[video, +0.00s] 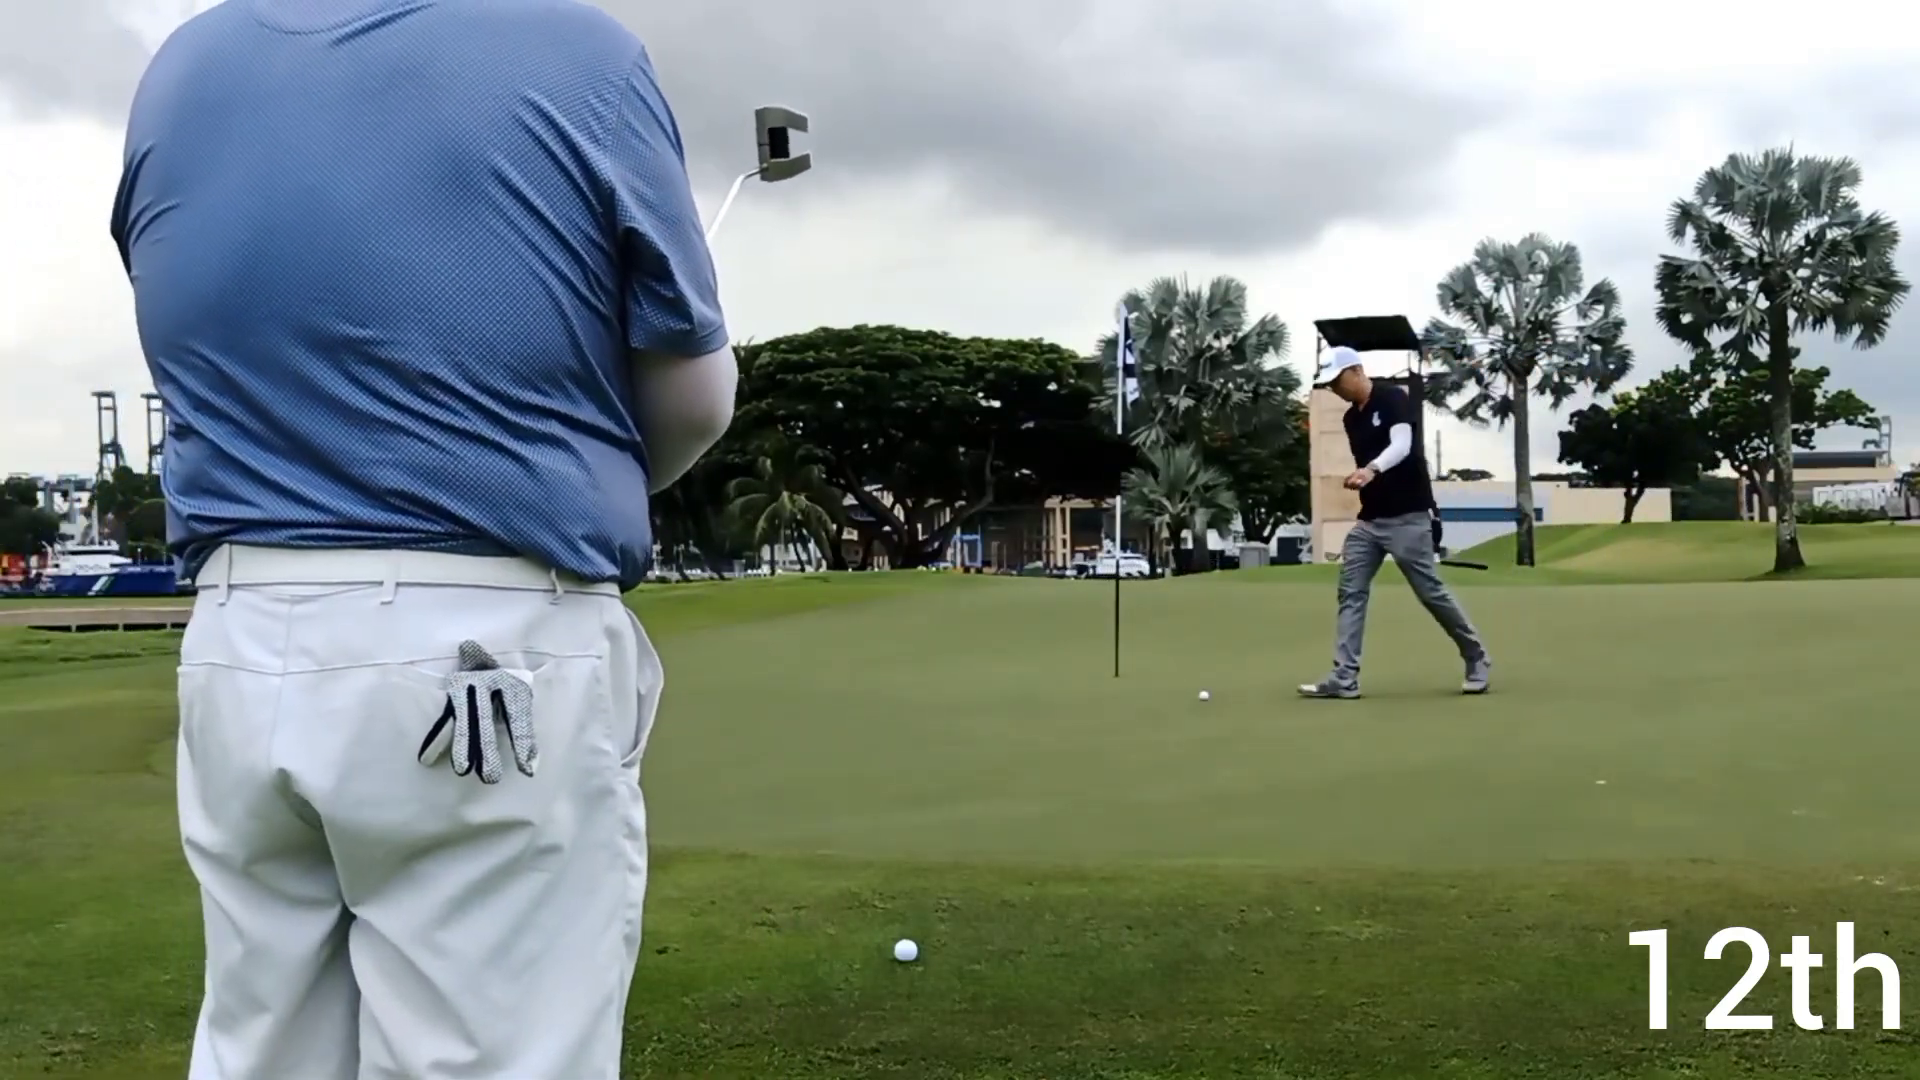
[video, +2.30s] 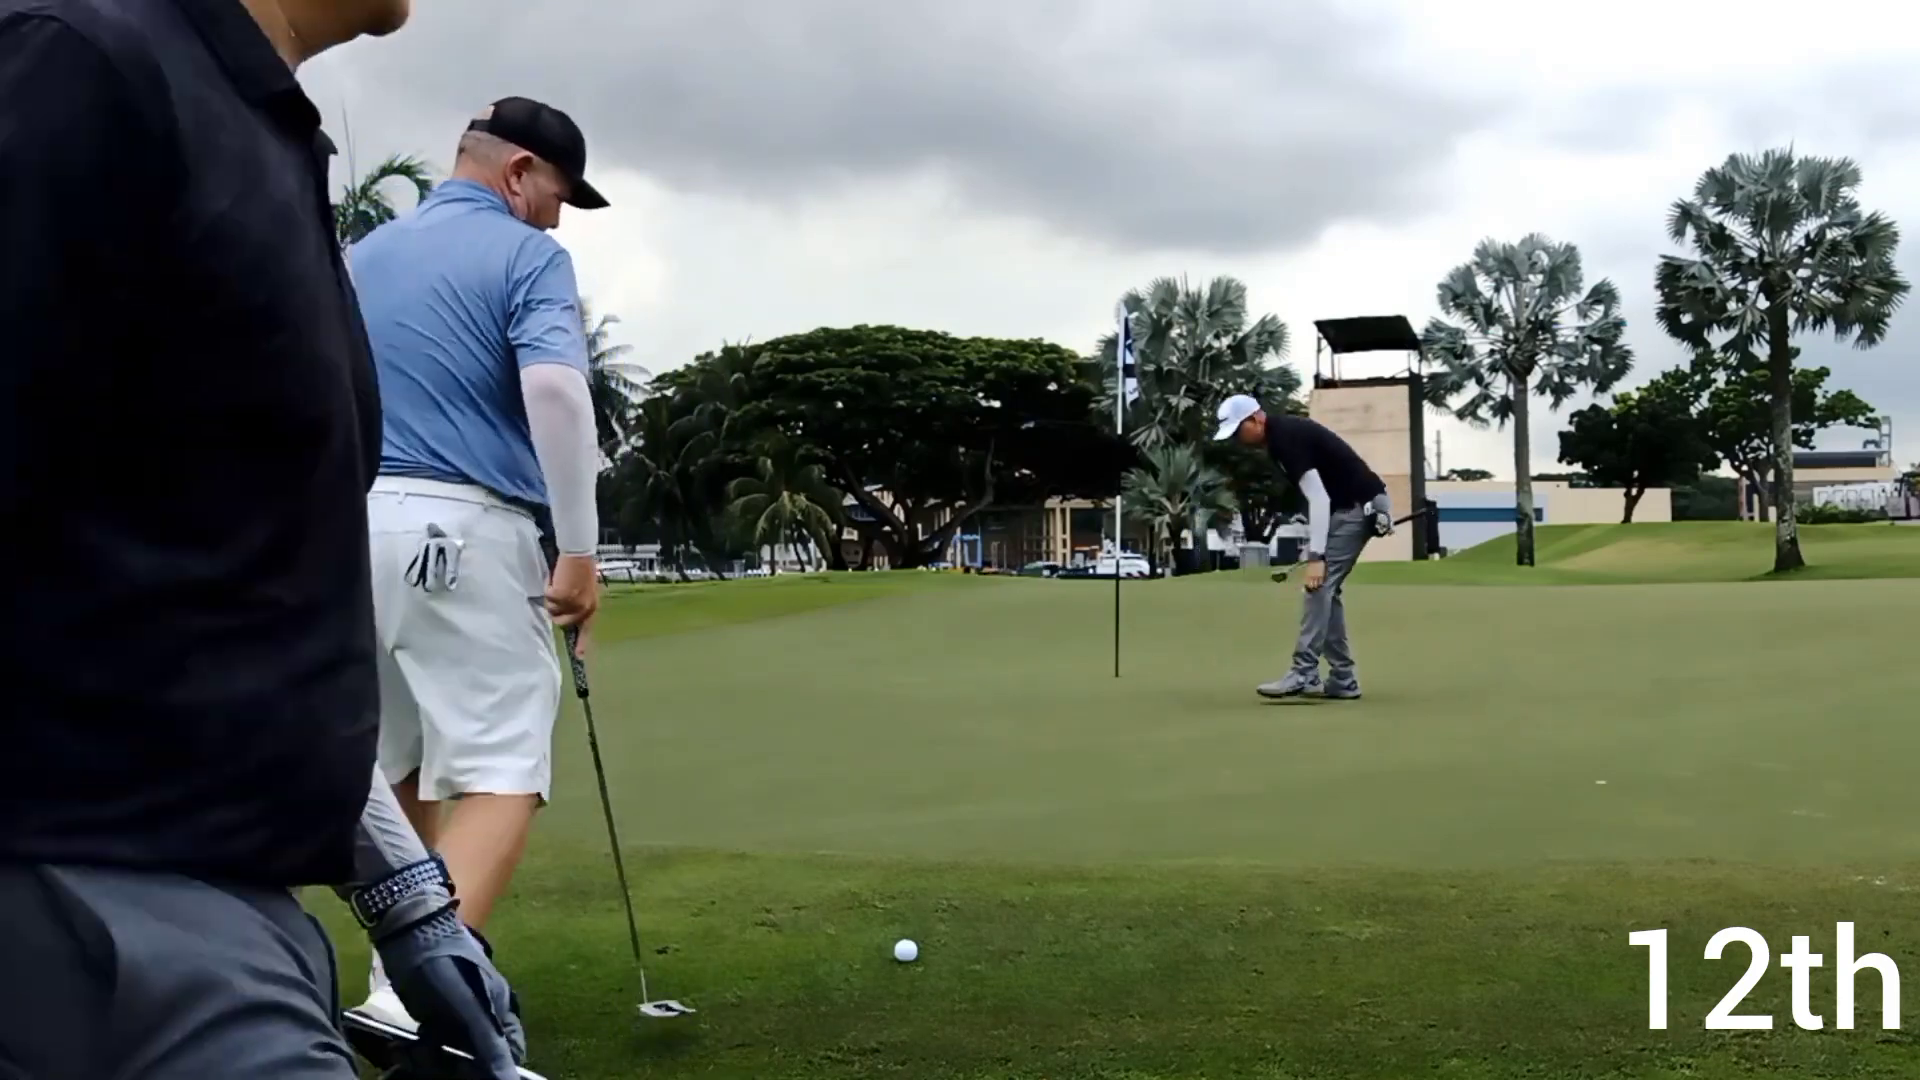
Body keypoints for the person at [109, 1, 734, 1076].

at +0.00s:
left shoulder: (187, 57)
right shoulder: (582, 46)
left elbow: (183, 331)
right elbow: (691, 393)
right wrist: (565, 494)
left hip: (245, 616)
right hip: (501, 621)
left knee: (257, 1058)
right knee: (503, 1058)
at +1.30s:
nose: (452, 129)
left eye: (456, 112)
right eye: (455, 108)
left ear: (310, 80)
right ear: (424, 88)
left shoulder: (188, 213)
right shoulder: (492, 205)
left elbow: (130, 460)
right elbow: (590, 412)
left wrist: (208, 586)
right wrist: (589, 602)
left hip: (249, 594)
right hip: (446, 593)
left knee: (273, 950)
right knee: (447, 894)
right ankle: (425, 1079)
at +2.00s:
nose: (542, 207)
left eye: (548, 191)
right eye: (547, 187)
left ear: (433, 148)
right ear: (518, 164)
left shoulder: (309, 248)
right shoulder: (546, 266)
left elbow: (209, 379)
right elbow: (601, 435)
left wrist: (164, 532)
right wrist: (600, 594)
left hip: (337, 554)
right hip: (479, 560)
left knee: (361, 794)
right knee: (433, 841)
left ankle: (376, 984)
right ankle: (395, 1070)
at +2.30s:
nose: (558, 221)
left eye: (563, 205)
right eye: (559, 199)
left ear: (472, 165)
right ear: (523, 172)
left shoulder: (365, 249)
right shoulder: (528, 254)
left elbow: (324, 382)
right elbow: (554, 389)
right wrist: (579, 547)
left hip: (351, 524)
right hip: (468, 529)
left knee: (400, 774)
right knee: (499, 774)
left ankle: (402, 988)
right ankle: (414, 992)